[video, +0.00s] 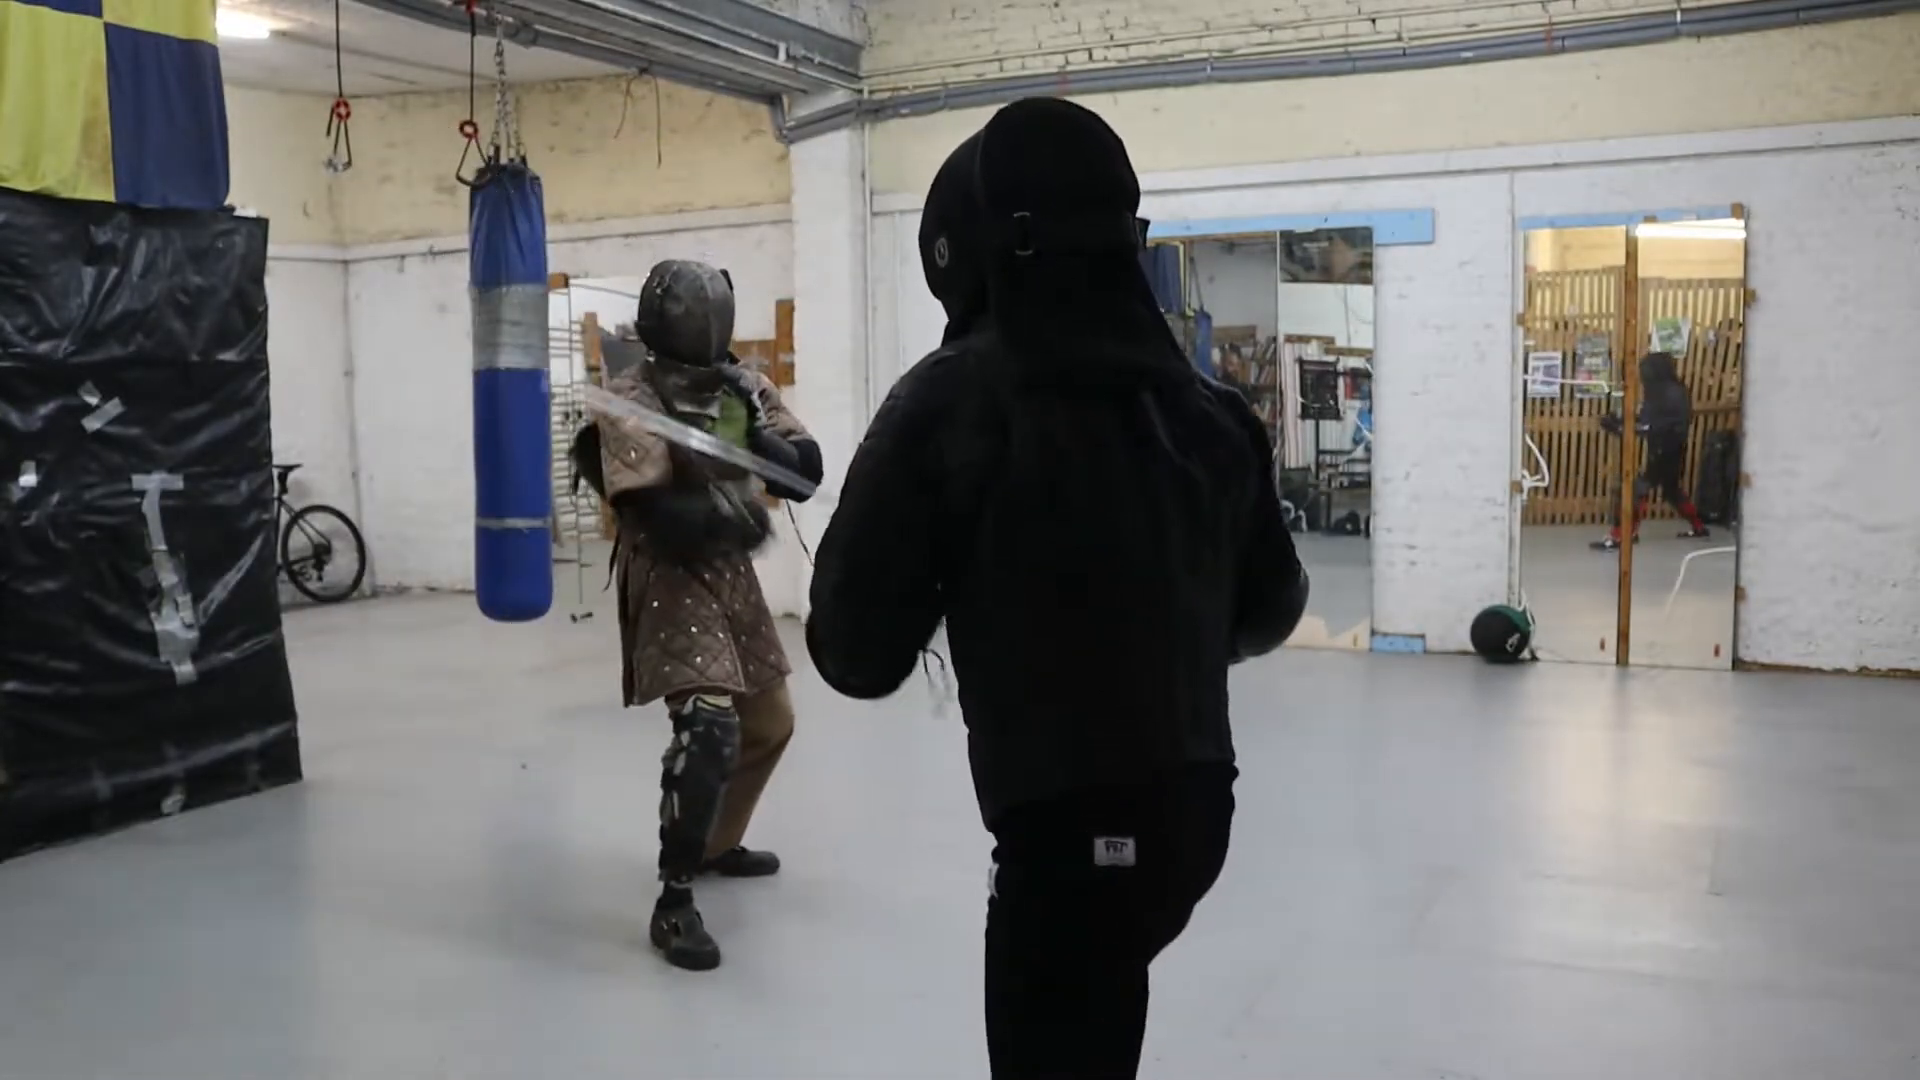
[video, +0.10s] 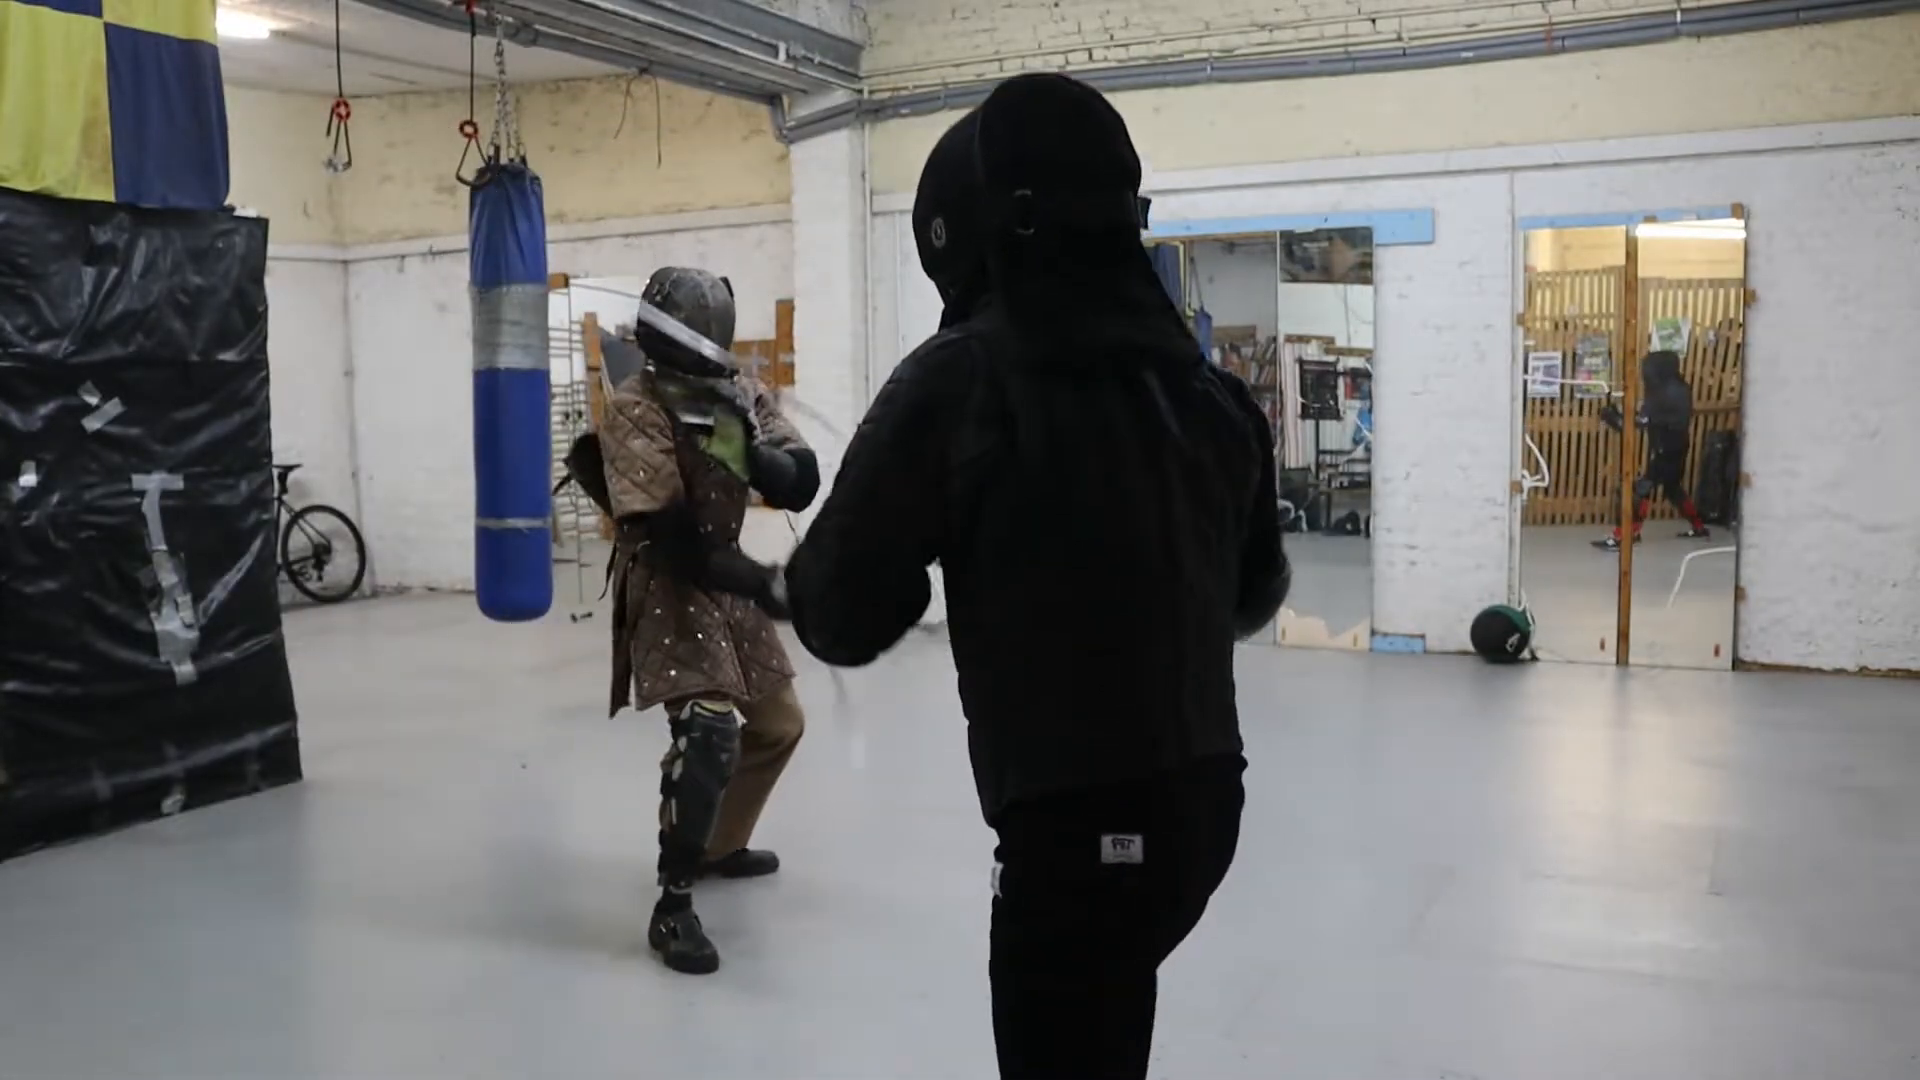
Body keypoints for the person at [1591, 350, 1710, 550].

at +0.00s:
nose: (1643, 377)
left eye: (1646, 372)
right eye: (1643, 372)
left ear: (1655, 372)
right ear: (1666, 370)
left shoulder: (1667, 393)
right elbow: (1648, 420)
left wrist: (1621, 427)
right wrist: (1620, 423)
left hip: (1666, 449)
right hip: (1667, 447)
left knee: (1638, 489)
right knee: (1671, 490)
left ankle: (1622, 535)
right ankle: (1698, 527)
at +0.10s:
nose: (1645, 376)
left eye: (1648, 371)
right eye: (1645, 371)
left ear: (1657, 372)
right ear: (1672, 369)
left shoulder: (1660, 395)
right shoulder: (1682, 389)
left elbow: (1643, 422)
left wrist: (1614, 419)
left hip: (1664, 449)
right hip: (1677, 446)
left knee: (1642, 489)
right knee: (1672, 488)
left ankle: (1625, 534)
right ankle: (1698, 527)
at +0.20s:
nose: (1646, 375)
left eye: (1649, 370)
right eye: (1646, 370)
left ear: (1658, 370)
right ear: (1672, 368)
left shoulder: (1663, 392)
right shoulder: (1680, 387)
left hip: (1665, 447)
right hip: (1677, 444)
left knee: (1642, 486)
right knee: (1673, 488)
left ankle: (1635, 529)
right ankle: (1698, 527)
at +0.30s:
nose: (1646, 376)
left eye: (1648, 371)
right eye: (1646, 371)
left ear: (1659, 371)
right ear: (1670, 369)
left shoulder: (1667, 391)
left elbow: (1661, 419)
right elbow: (1651, 416)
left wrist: (1640, 424)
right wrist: (1635, 420)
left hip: (1666, 448)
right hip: (1673, 445)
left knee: (1640, 484)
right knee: (1668, 488)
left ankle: (1635, 529)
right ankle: (1699, 523)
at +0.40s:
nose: (1647, 377)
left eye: (1649, 372)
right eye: (1647, 372)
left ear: (1659, 372)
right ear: (1672, 369)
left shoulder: (1665, 393)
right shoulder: (1680, 388)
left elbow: (1661, 427)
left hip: (1666, 448)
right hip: (1676, 446)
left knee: (1640, 483)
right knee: (1669, 488)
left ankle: (1635, 529)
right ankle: (1700, 522)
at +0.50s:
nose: (1647, 377)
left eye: (1650, 372)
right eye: (1647, 372)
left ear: (1660, 373)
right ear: (1671, 371)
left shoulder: (1669, 393)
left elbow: (1664, 427)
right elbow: (1657, 423)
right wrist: (1632, 429)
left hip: (1669, 449)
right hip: (1676, 447)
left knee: (1641, 484)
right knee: (1672, 489)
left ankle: (1635, 529)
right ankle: (1702, 525)